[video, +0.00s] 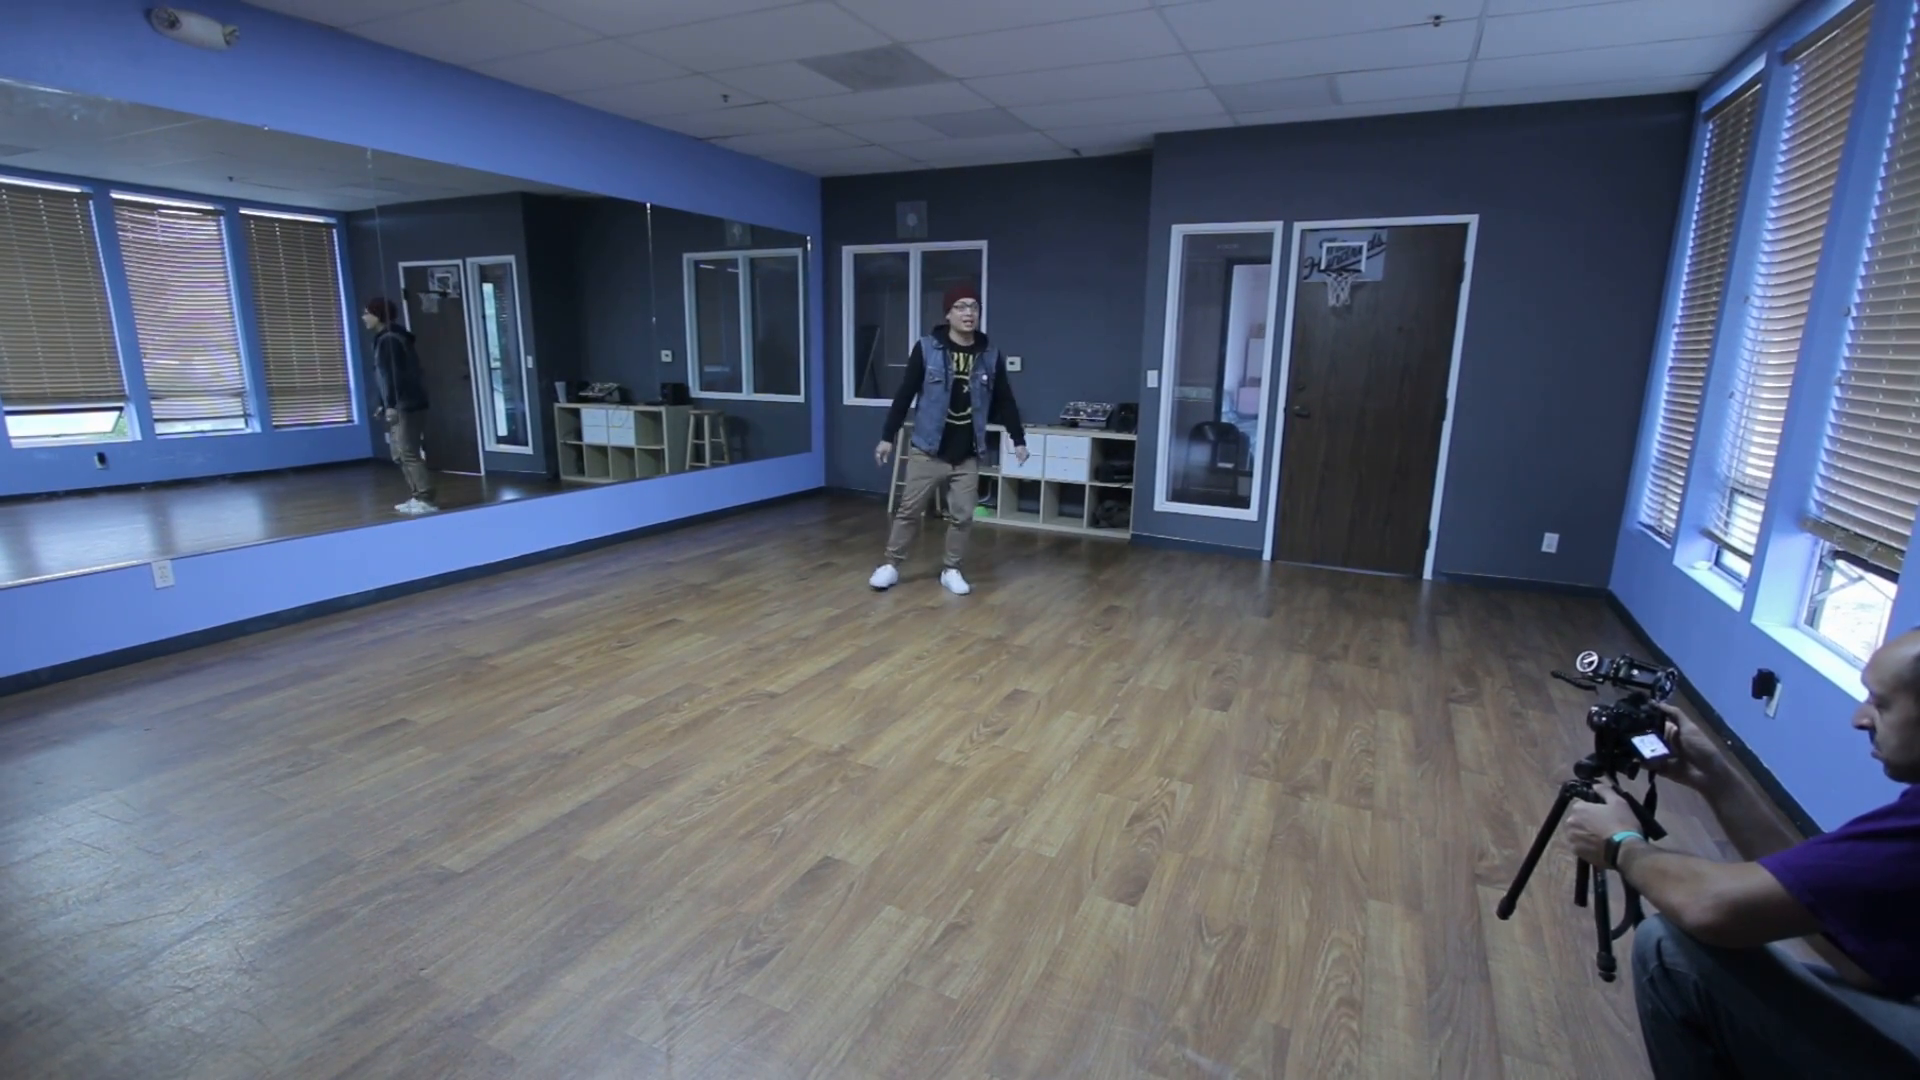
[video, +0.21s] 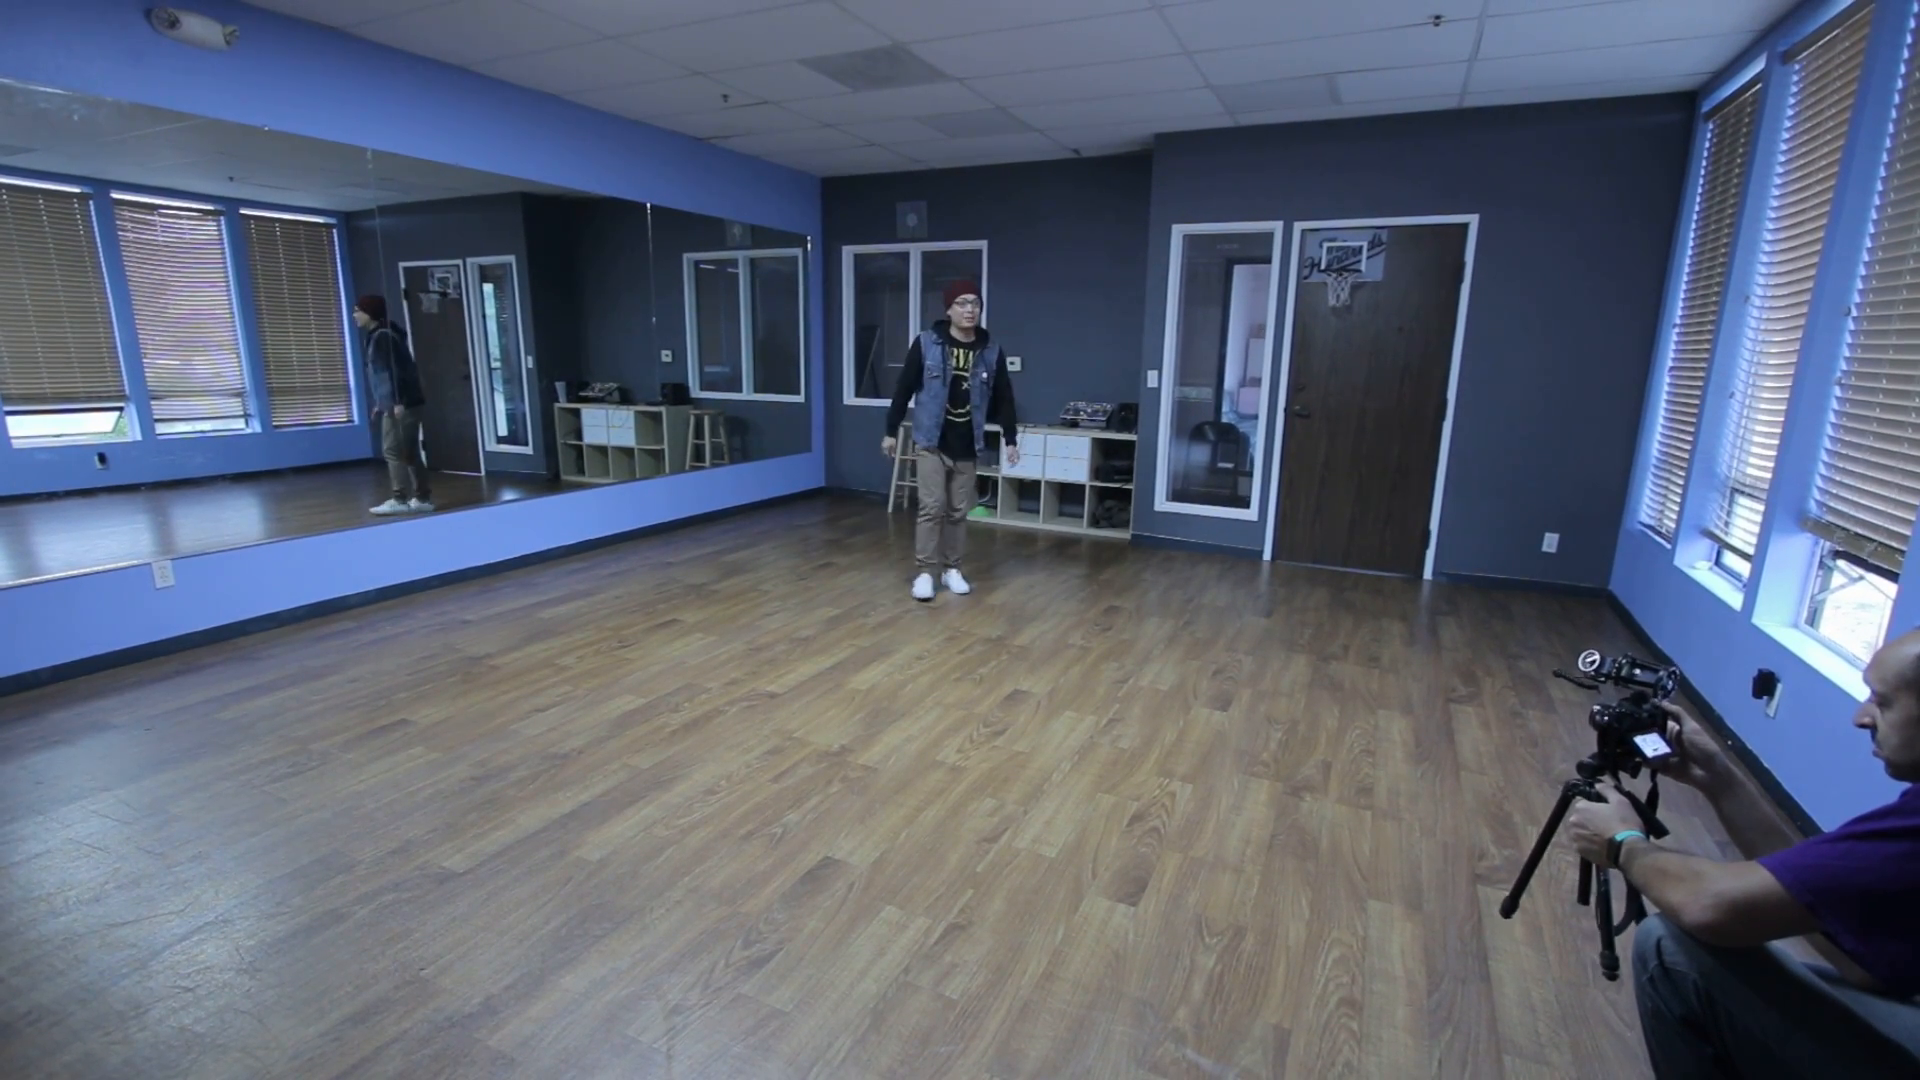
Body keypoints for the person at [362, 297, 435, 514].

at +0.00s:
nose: (364, 319)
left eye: (367, 314)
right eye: (364, 314)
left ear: (380, 316)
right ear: (379, 317)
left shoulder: (391, 339)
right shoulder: (383, 339)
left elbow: (392, 374)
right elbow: (386, 376)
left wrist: (391, 404)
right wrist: (383, 404)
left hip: (406, 403)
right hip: (397, 404)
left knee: (408, 451)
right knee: (400, 453)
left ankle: (425, 497)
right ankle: (417, 496)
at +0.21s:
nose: (355, 317)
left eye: (358, 312)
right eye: (355, 312)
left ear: (371, 314)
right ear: (370, 314)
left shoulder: (383, 337)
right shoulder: (377, 336)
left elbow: (392, 371)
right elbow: (383, 375)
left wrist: (397, 401)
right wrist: (380, 403)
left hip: (397, 404)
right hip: (404, 403)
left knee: (392, 451)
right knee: (411, 452)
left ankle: (400, 497)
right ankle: (422, 497)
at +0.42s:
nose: (351, 320)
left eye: (354, 316)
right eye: (351, 316)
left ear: (363, 318)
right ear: (372, 317)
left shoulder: (373, 341)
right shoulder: (385, 336)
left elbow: (382, 378)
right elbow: (387, 377)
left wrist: (381, 411)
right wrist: (386, 406)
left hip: (388, 410)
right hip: (400, 408)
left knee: (370, 451)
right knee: (398, 452)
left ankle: (375, 500)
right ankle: (421, 496)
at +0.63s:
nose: (334, 321)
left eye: (337, 316)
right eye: (335, 316)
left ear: (349, 318)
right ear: (358, 318)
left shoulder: (355, 343)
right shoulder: (375, 336)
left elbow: (360, 382)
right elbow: (386, 376)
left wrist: (357, 415)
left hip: (370, 413)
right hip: (388, 409)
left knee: (359, 458)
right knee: (397, 454)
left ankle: (348, 505)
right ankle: (422, 497)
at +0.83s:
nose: (303, 324)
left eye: (307, 321)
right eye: (304, 320)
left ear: (317, 324)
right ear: (329, 322)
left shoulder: (323, 348)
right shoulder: (348, 338)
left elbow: (328, 386)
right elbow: (358, 376)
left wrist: (323, 420)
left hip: (359, 413)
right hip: (380, 408)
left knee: (337, 457)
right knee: (397, 453)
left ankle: (341, 507)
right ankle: (422, 496)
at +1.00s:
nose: (275, 331)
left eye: (278, 327)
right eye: (275, 326)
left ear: (290, 330)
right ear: (303, 327)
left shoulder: (299, 354)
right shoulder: (323, 342)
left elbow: (300, 392)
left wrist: (299, 427)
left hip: (350, 411)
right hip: (372, 405)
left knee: (329, 458)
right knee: (392, 453)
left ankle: (340, 506)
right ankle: (417, 495)